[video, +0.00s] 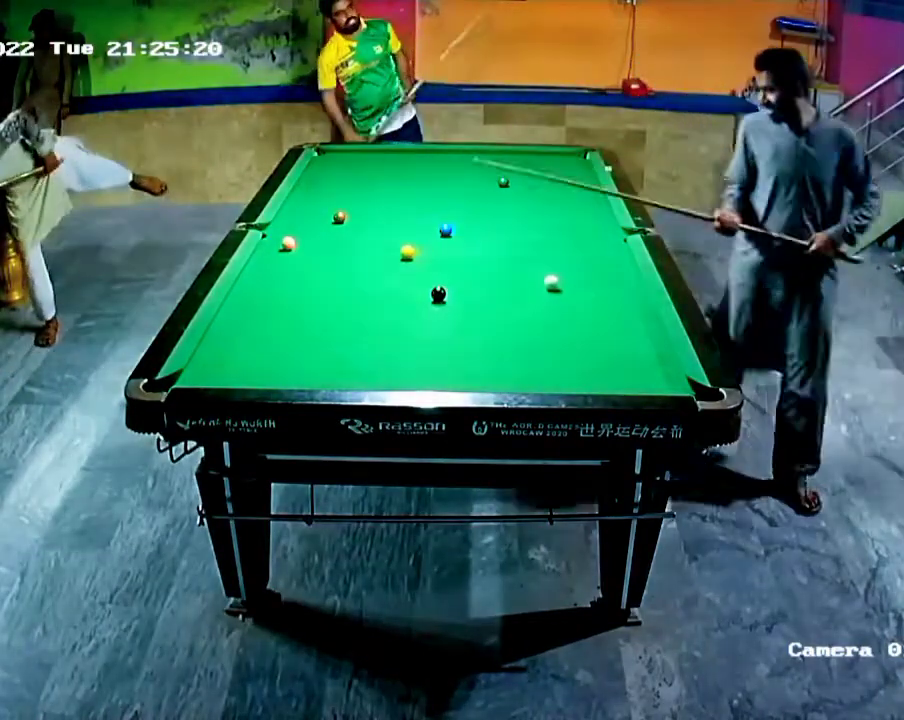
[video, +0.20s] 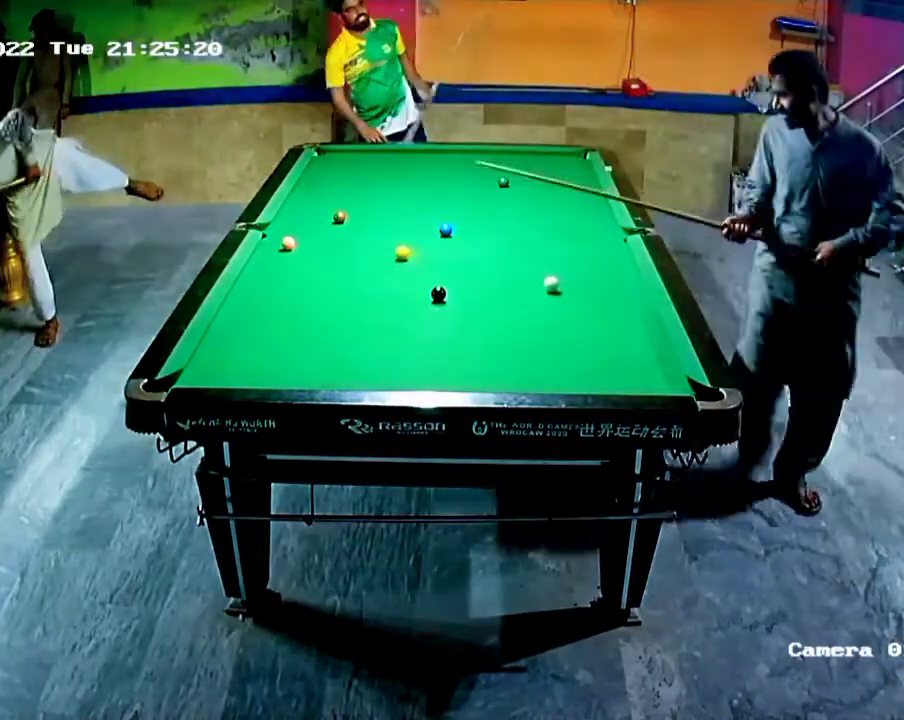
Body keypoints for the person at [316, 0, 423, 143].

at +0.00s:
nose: (349, 15)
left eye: (350, 7)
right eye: (340, 14)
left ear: (354, 6)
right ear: (331, 20)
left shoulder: (383, 29)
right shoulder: (328, 56)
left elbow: (399, 56)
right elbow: (328, 98)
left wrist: (407, 86)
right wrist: (349, 134)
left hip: (402, 119)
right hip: (366, 131)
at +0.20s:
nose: (359, 12)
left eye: (360, 5)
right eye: (350, 10)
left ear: (365, 5)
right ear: (341, 16)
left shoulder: (390, 29)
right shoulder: (337, 53)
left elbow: (404, 60)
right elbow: (338, 99)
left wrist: (419, 84)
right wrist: (363, 127)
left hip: (408, 119)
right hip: (375, 131)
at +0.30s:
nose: (374, 10)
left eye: (375, 4)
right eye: (365, 7)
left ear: (380, 5)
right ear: (355, 14)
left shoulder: (400, 29)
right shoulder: (348, 51)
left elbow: (411, 63)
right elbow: (346, 98)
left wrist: (436, 86)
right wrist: (368, 127)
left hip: (415, 123)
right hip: (382, 132)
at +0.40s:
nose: (395, 11)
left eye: (398, 4)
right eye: (386, 6)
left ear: (403, 5)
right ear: (375, 11)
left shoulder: (413, 32)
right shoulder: (366, 47)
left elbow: (421, 66)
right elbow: (359, 90)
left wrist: (453, 88)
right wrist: (378, 127)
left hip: (426, 123)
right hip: (396, 131)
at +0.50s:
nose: (405, 10)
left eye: (409, 4)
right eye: (397, 6)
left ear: (414, 5)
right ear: (386, 10)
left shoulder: (422, 32)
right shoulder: (374, 46)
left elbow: (430, 65)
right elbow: (367, 88)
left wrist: (461, 87)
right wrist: (386, 126)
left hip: (434, 123)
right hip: (404, 130)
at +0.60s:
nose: (422, 10)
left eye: (426, 3)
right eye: (415, 5)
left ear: (432, 5)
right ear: (404, 8)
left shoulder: (439, 32)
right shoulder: (392, 45)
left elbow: (446, 72)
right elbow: (385, 87)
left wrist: (477, 92)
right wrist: (405, 123)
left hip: (446, 124)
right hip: (417, 130)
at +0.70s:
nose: (431, 10)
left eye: (434, 3)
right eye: (423, 5)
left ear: (439, 6)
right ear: (411, 8)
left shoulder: (445, 33)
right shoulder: (399, 44)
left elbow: (452, 75)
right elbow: (393, 87)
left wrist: (480, 95)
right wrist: (416, 123)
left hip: (450, 122)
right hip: (422, 128)